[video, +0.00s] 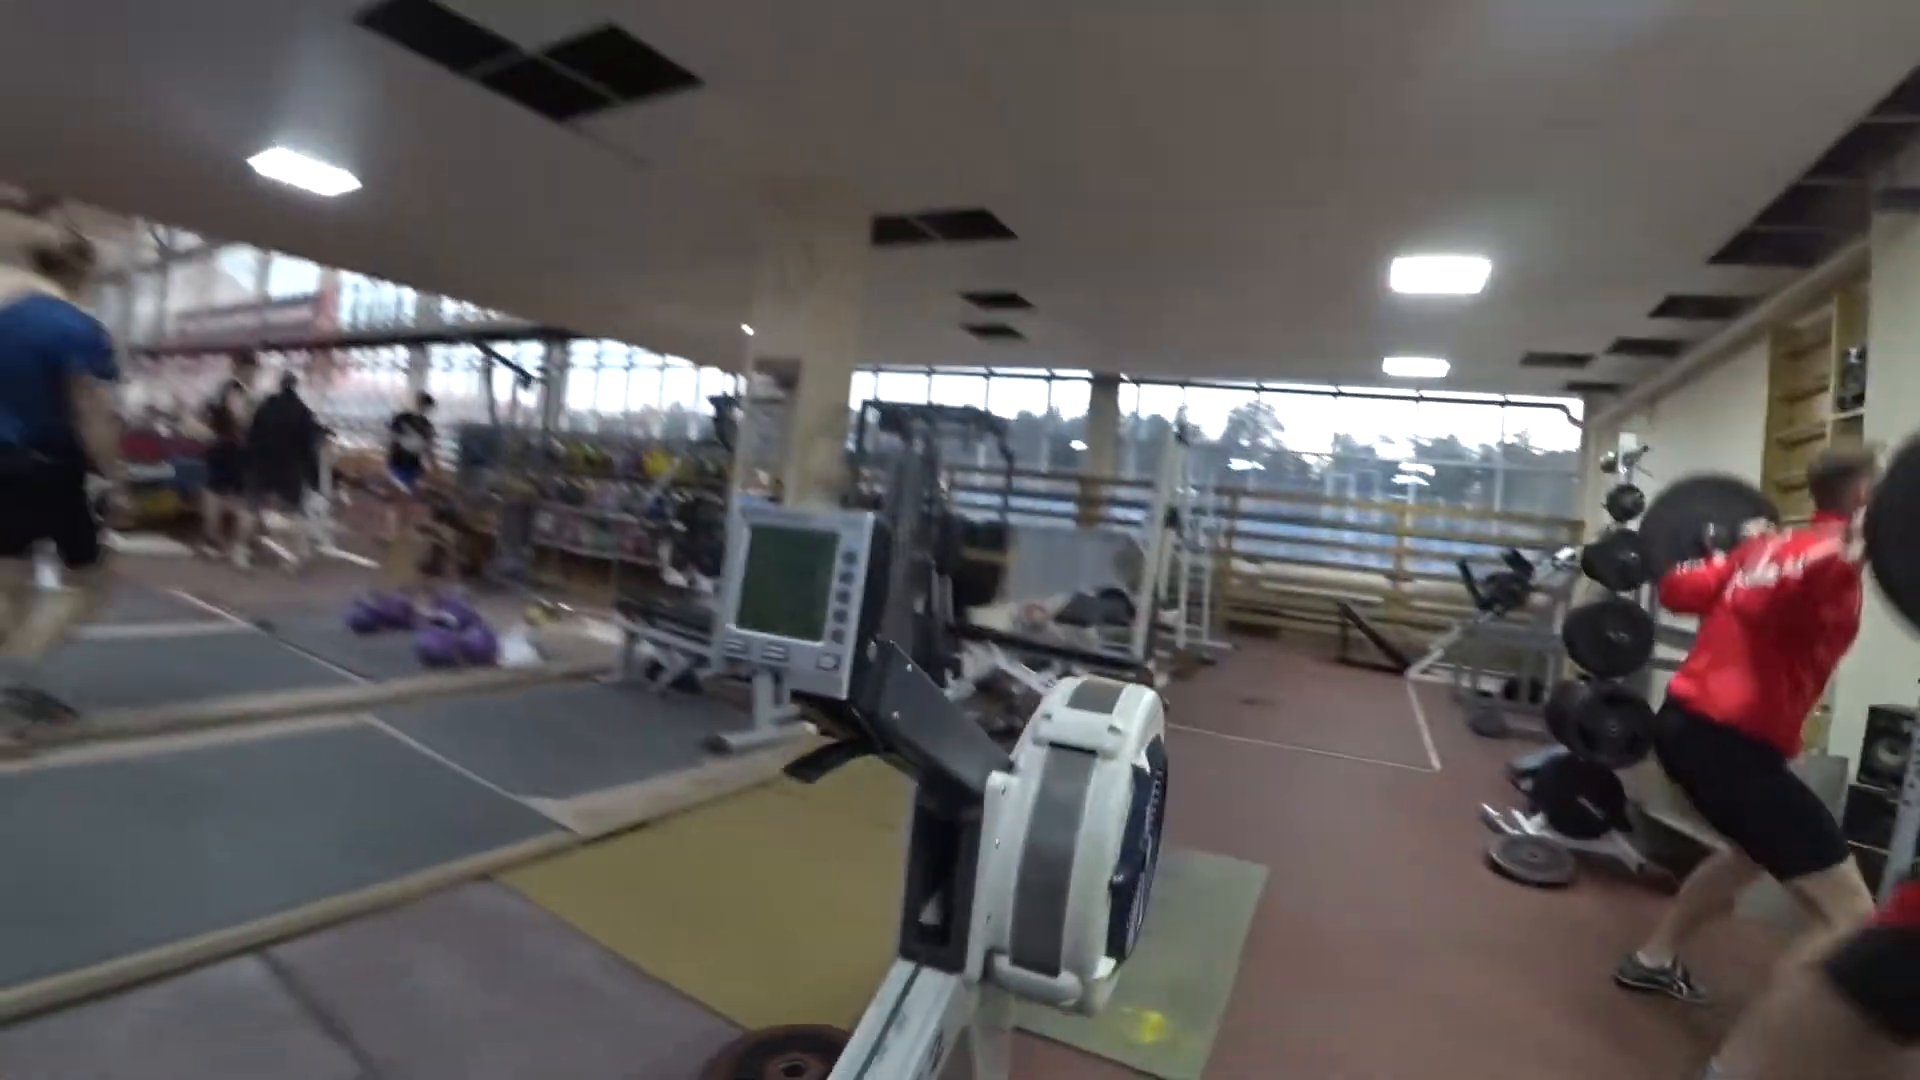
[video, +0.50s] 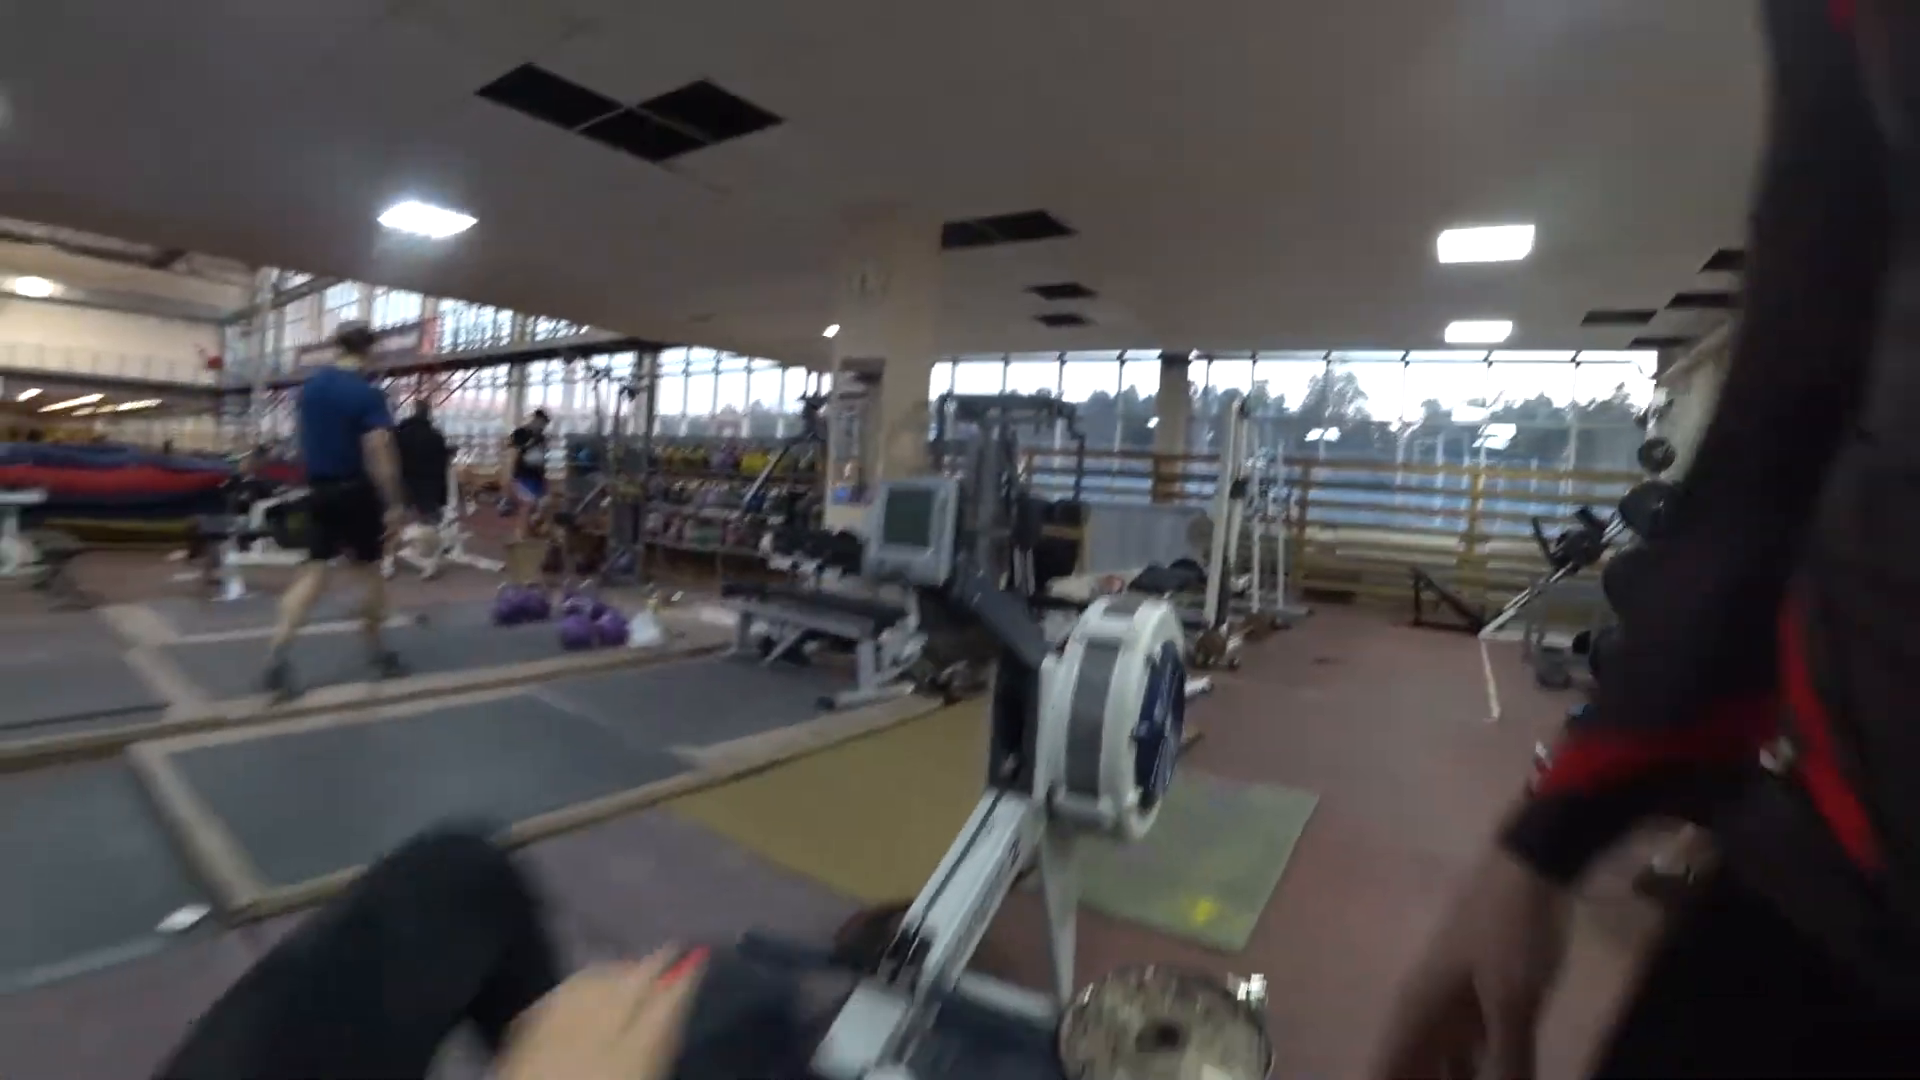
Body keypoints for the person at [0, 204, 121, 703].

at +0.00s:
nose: (87, 278)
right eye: (85, 271)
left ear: (40, 266)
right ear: (80, 274)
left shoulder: (9, 317)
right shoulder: (80, 329)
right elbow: (94, 418)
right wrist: (115, 476)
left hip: (3, 466)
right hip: (51, 470)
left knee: (11, 581)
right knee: (86, 577)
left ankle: (12, 679)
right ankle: (22, 666)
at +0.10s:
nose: (159, 318)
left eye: (156, 309)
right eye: (158, 310)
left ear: (114, 305)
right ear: (150, 311)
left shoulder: (78, 352)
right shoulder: (147, 361)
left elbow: (67, 423)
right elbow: (155, 436)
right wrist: (178, 497)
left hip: (74, 489)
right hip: (127, 492)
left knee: (74, 592)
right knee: (161, 590)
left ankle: (80, 709)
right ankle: (133, 699)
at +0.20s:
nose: (217, 351)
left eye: (212, 343)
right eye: (215, 344)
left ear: (173, 342)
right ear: (209, 345)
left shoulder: (142, 384)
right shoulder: (208, 392)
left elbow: (131, 447)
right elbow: (215, 464)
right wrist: (235, 526)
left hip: (139, 512)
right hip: (189, 515)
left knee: (129, 613)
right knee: (218, 607)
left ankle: (128, 721)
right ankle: (222, 703)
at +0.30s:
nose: (268, 367)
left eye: (263, 359)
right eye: (266, 360)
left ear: (230, 362)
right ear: (262, 362)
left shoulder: (198, 402)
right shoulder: (261, 410)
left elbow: (185, 460)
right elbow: (268, 482)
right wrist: (287, 535)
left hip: (192, 520)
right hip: (242, 524)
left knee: (185, 618)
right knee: (266, 612)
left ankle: (173, 720)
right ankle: (286, 695)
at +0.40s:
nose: (320, 379)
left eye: (318, 372)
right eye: (320, 373)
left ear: (283, 367)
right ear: (314, 371)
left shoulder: (254, 404)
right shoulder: (313, 410)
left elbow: (244, 450)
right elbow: (320, 472)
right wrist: (336, 529)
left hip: (257, 516)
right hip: (301, 518)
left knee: (246, 606)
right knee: (317, 604)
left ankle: (219, 700)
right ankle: (331, 681)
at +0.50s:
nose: (371, 358)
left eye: (365, 351)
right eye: (371, 352)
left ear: (337, 349)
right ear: (367, 352)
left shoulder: (312, 387)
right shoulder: (367, 394)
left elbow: (307, 440)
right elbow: (380, 458)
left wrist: (316, 480)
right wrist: (394, 504)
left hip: (320, 490)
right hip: (358, 492)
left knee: (314, 572)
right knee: (370, 574)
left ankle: (276, 657)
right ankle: (377, 651)